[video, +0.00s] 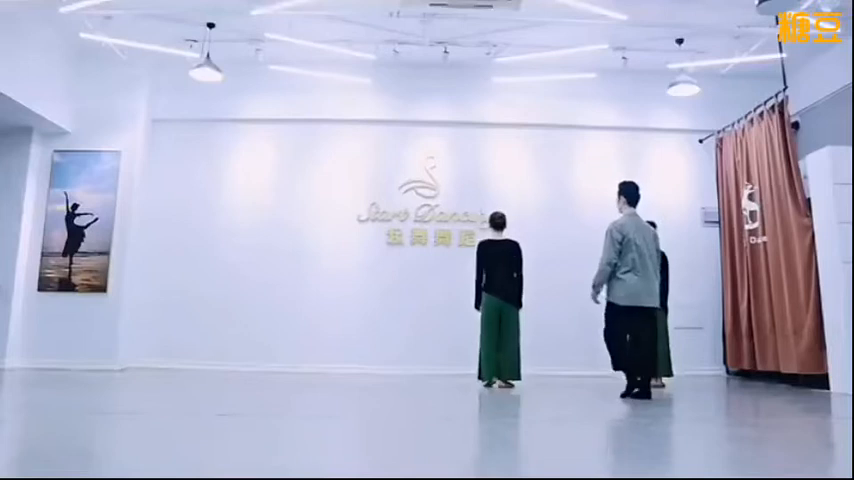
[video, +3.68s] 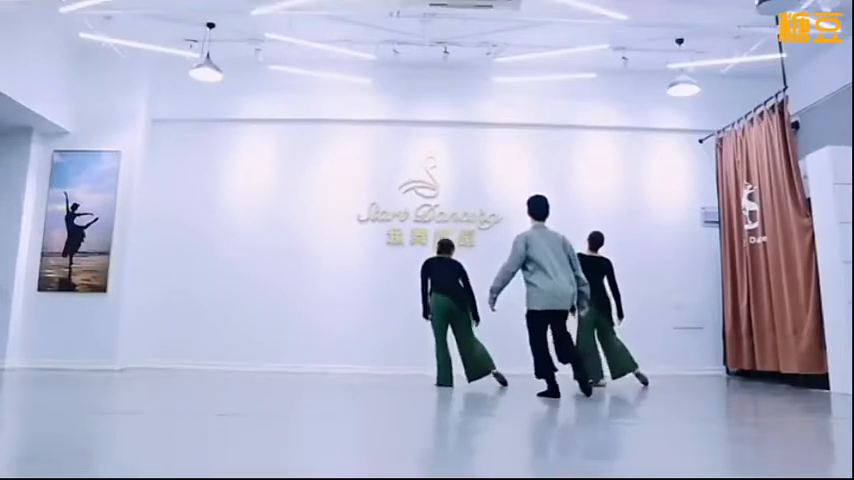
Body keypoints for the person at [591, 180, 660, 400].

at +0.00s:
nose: (616, 202)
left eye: (617, 198)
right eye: (618, 198)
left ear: (621, 199)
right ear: (636, 200)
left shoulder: (617, 227)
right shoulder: (650, 230)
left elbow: (608, 262)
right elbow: (656, 263)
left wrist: (596, 285)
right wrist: (653, 288)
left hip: (622, 295)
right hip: (648, 296)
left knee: (613, 335)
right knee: (644, 342)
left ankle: (630, 376)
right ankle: (644, 386)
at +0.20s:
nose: (613, 207)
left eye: (614, 203)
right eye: (615, 203)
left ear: (619, 205)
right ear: (633, 206)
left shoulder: (615, 232)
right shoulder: (648, 237)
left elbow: (604, 269)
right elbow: (652, 271)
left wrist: (591, 296)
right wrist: (648, 298)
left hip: (617, 297)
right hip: (643, 301)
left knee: (591, 329)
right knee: (638, 345)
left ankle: (597, 366)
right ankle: (643, 386)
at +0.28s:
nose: (611, 207)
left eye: (613, 204)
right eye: (613, 203)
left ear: (617, 205)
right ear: (632, 207)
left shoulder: (613, 233)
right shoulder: (645, 238)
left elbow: (603, 270)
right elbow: (650, 273)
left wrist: (591, 298)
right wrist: (647, 302)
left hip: (615, 299)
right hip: (640, 302)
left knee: (585, 330)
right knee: (638, 346)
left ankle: (583, 368)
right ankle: (644, 387)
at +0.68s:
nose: (582, 202)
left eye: (583, 198)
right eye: (584, 198)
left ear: (588, 200)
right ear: (602, 202)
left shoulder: (582, 229)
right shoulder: (613, 234)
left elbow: (575, 266)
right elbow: (616, 269)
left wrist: (567, 296)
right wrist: (616, 300)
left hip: (584, 298)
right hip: (609, 300)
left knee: (569, 344)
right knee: (619, 343)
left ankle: (555, 387)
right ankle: (639, 381)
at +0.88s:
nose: (564, 199)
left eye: (565, 195)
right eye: (566, 195)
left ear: (569, 197)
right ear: (583, 200)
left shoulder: (562, 226)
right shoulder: (593, 232)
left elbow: (552, 258)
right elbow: (598, 266)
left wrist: (542, 283)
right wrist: (597, 294)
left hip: (564, 296)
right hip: (588, 297)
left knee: (561, 343)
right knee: (605, 340)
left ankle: (555, 387)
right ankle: (629, 379)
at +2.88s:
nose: (539, 195)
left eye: (539, 192)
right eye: (551, 193)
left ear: (538, 195)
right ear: (558, 196)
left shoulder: (529, 226)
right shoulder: (568, 227)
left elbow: (521, 259)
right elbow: (578, 263)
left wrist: (515, 285)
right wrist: (581, 290)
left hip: (542, 296)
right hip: (568, 295)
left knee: (548, 343)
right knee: (589, 337)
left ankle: (554, 388)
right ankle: (611, 376)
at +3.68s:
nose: (529, 213)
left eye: (529, 209)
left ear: (529, 212)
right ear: (548, 212)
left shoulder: (524, 239)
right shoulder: (561, 239)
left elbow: (510, 268)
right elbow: (579, 273)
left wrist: (494, 291)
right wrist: (583, 298)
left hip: (538, 302)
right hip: (564, 301)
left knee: (539, 344)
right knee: (561, 335)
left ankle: (551, 387)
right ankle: (580, 373)